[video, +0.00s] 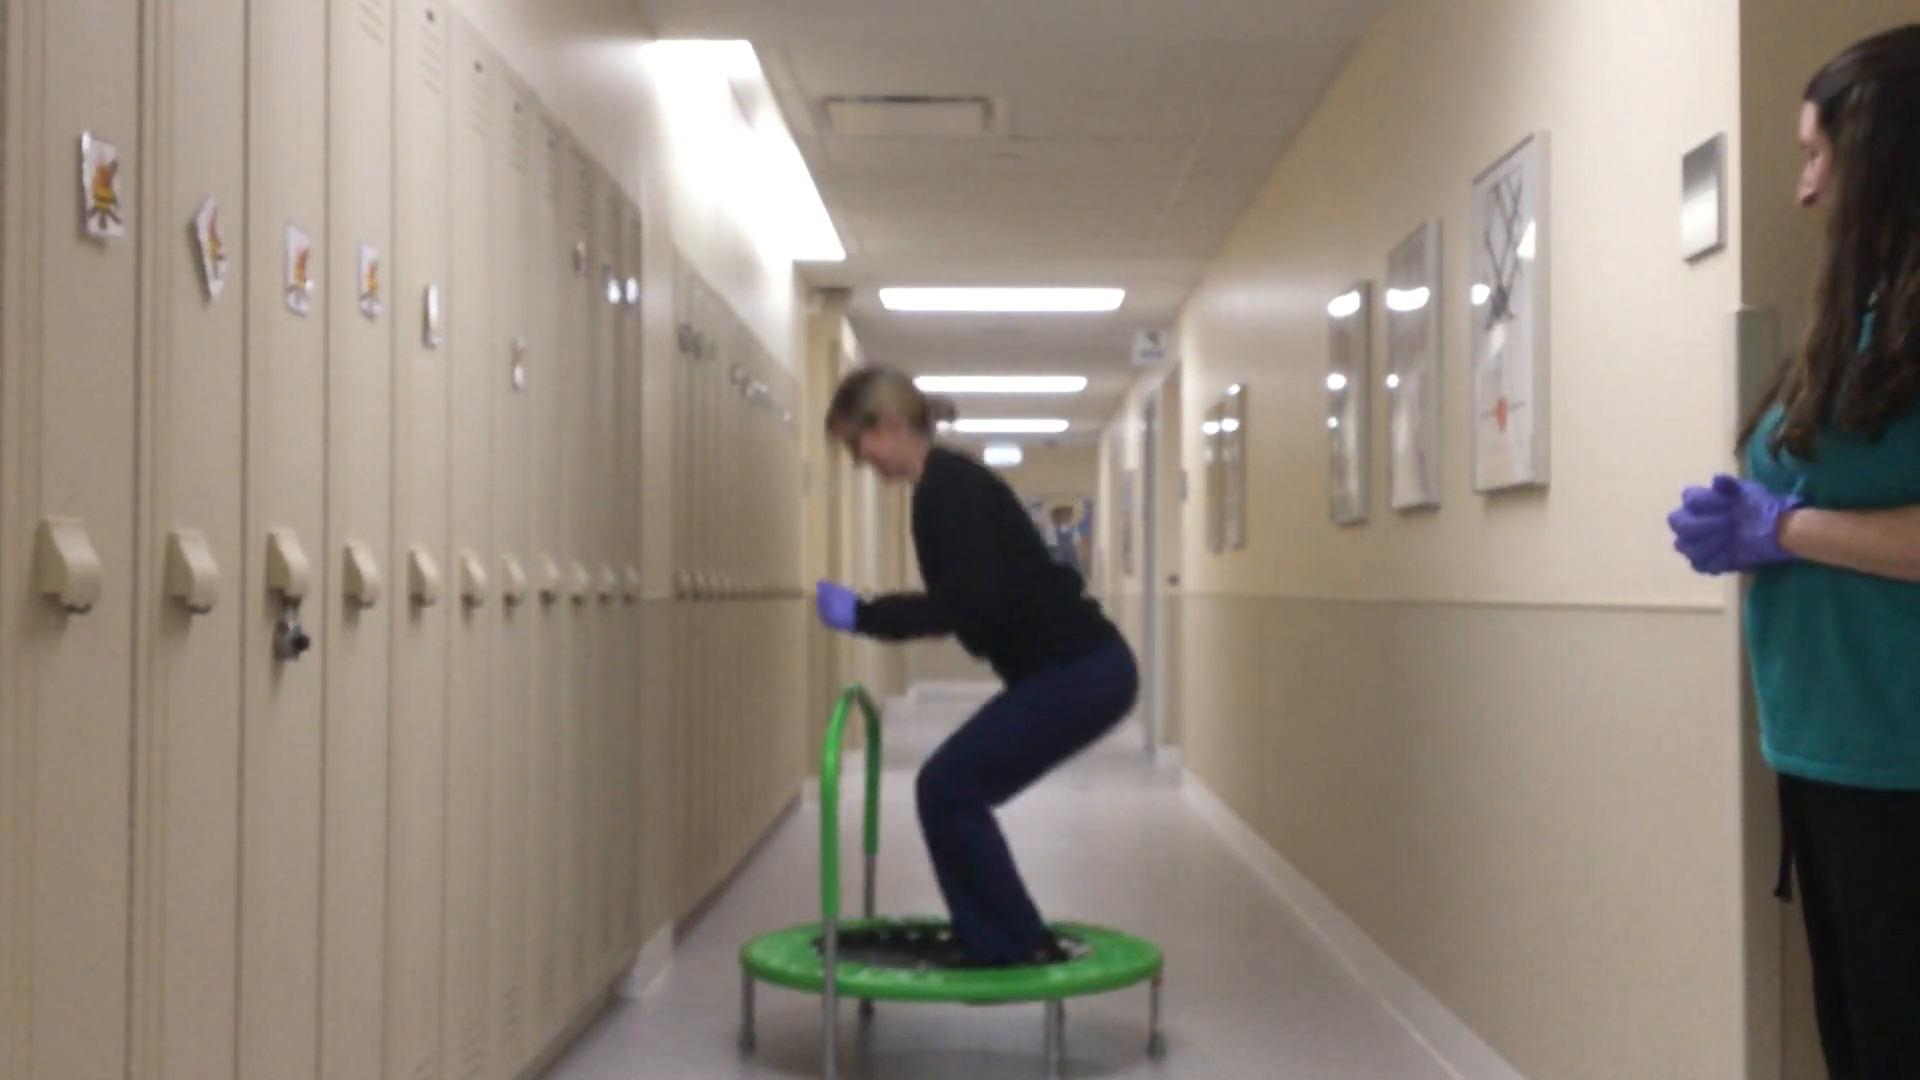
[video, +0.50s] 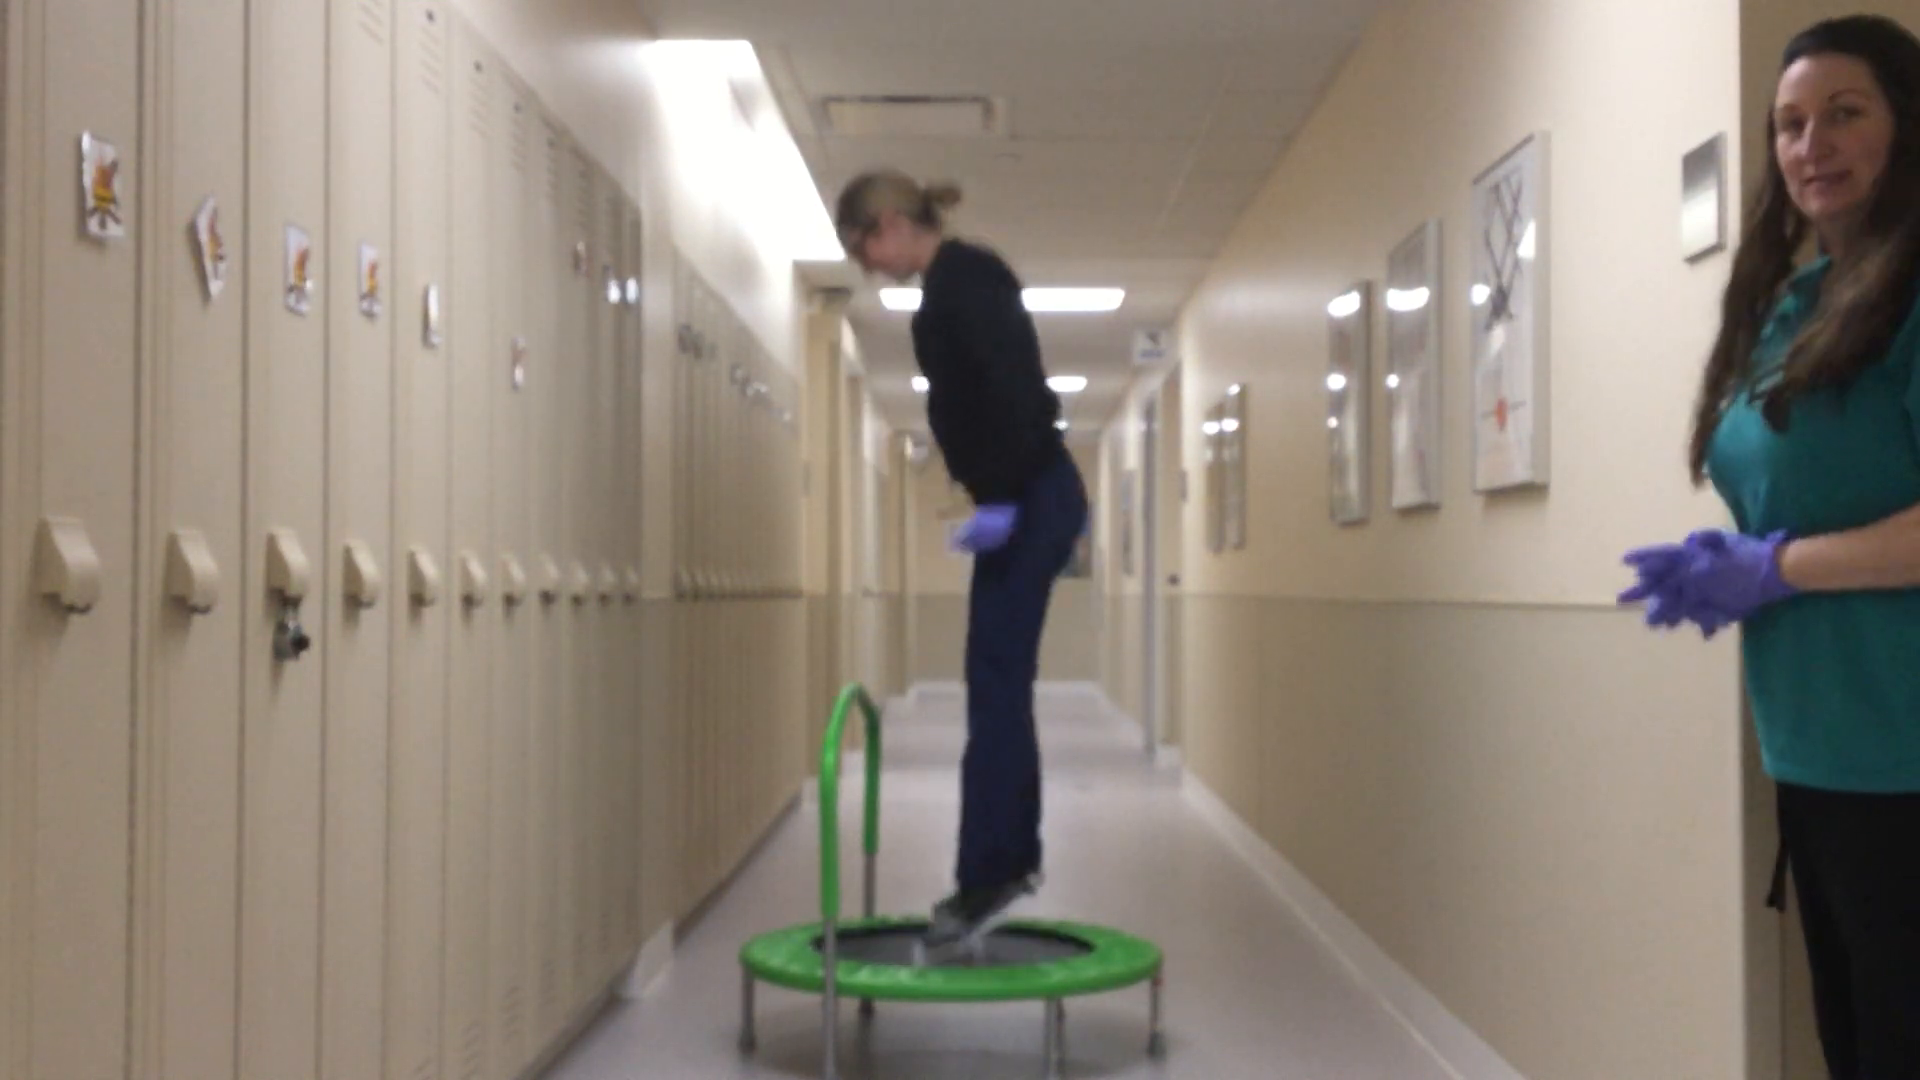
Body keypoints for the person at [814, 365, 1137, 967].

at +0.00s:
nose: (863, 457)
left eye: (863, 440)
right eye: (855, 446)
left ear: (893, 422)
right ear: (894, 426)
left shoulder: (951, 485)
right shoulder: (943, 487)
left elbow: (961, 604)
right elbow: (954, 604)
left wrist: (865, 614)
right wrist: (867, 613)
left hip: (1083, 673)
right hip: (1071, 671)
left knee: (948, 787)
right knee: (945, 785)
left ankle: (1009, 942)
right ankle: (1000, 939)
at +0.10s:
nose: (868, 381)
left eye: (867, 362)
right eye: (859, 369)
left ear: (898, 341)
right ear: (885, 354)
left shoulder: (959, 412)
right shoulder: (942, 417)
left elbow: (982, 527)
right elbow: (964, 531)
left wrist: (907, 583)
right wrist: (904, 579)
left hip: (1059, 617)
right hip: (1046, 616)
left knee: (952, 772)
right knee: (951, 770)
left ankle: (1000, 934)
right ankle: (999, 931)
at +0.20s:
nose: (874, 287)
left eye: (873, 268)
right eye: (866, 276)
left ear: (902, 244)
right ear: (894, 255)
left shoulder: (967, 310)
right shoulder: (954, 314)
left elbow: (1012, 426)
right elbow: (996, 428)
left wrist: (972, 522)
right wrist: (968, 526)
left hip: (1036, 531)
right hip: (1025, 532)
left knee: (991, 721)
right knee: (991, 720)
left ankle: (1005, 919)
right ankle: (1001, 914)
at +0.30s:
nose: (874, 242)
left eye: (870, 224)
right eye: (865, 231)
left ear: (898, 193)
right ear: (894, 202)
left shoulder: (971, 248)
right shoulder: (950, 260)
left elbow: (1011, 361)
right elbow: (979, 373)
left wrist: (1017, 472)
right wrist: (987, 477)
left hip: (1026, 476)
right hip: (1012, 478)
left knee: (1006, 673)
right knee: (1002, 672)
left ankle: (995, 854)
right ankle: (998, 845)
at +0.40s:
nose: (871, 232)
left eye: (867, 216)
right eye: (862, 222)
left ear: (893, 187)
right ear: (893, 191)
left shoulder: (968, 238)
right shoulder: (949, 249)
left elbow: (1012, 351)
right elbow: (985, 360)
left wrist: (1027, 458)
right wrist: (993, 470)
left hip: (1025, 467)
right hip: (1009, 468)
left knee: (1004, 662)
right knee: (1002, 661)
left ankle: (991, 842)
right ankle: (1004, 831)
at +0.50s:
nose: (868, 265)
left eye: (865, 247)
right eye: (860, 254)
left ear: (894, 222)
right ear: (893, 226)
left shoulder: (966, 275)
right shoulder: (955, 282)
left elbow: (1013, 387)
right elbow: (996, 390)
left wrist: (1004, 495)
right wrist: (988, 496)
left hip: (1032, 497)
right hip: (1023, 498)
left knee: (997, 684)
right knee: (997, 683)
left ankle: (993, 872)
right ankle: (1003, 861)